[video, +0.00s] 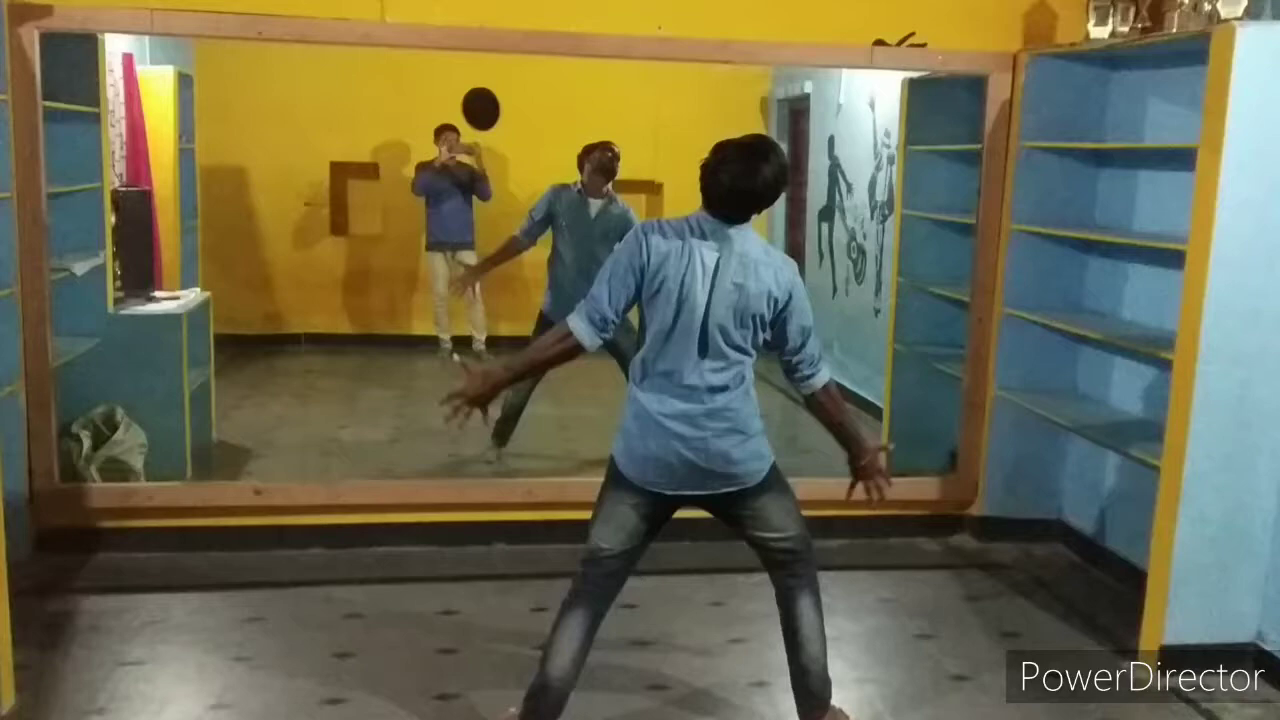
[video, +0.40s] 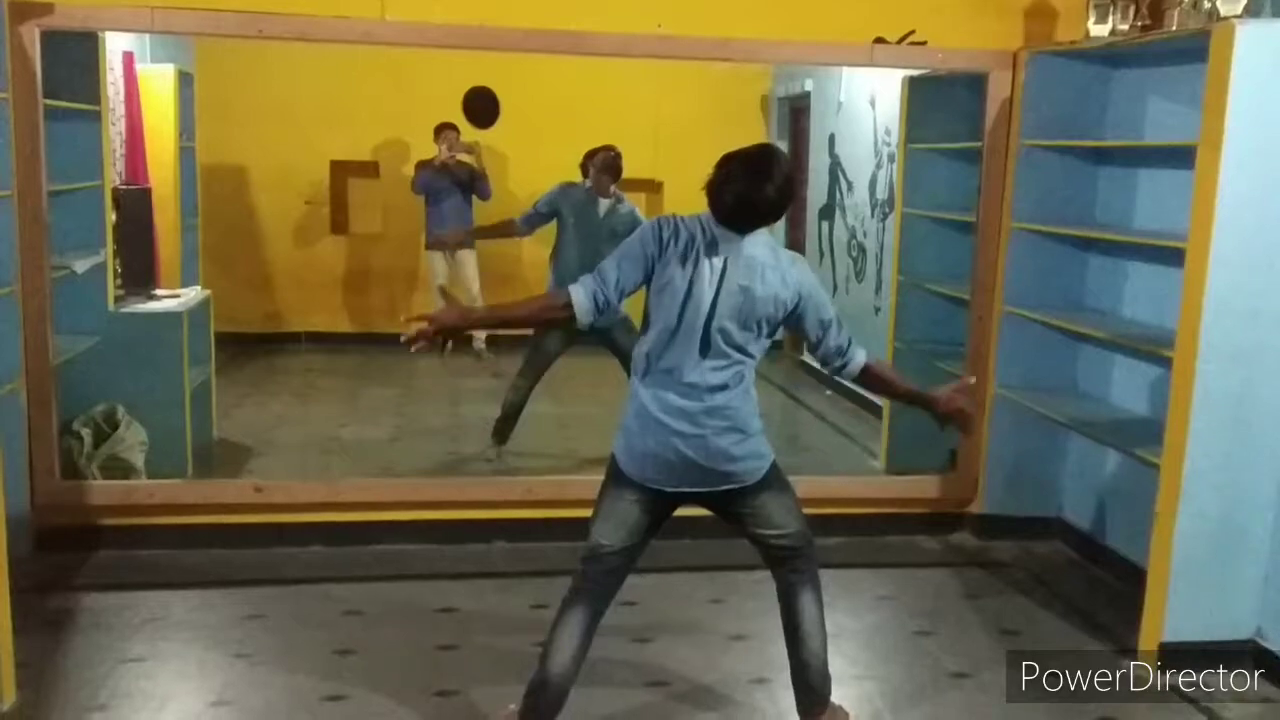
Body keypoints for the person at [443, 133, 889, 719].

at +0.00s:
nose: (701, 164)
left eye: (708, 160)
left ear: (706, 178)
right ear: (764, 203)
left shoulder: (648, 243)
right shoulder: (777, 273)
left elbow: (581, 331)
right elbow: (809, 374)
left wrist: (498, 376)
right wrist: (859, 446)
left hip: (645, 452)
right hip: (735, 456)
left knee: (592, 587)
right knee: (796, 574)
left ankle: (537, 710)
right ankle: (817, 709)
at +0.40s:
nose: (790, 194)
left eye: (777, 184)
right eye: (786, 190)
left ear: (715, 192)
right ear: (775, 211)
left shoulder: (664, 236)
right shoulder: (789, 275)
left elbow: (576, 305)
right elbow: (848, 361)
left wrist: (463, 319)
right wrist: (931, 399)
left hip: (647, 443)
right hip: (729, 450)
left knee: (590, 585)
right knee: (796, 568)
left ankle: (531, 717)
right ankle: (816, 712)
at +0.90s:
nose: (791, 182)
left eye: (758, 161)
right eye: (788, 173)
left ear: (718, 172)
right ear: (776, 190)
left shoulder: (668, 211)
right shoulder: (789, 245)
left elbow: (570, 254)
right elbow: (873, 308)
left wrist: (463, 237)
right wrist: (971, 305)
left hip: (645, 421)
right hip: (729, 425)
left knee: (592, 558)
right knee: (795, 536)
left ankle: (530, 699)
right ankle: (811, 686)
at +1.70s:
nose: (759, 153)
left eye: (714, 142)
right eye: (765, 146)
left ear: (703, 148)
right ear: (764, 159)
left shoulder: (658, 202)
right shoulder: (782, 228)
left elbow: (561, 217)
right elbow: (885, 257)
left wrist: (485, 145)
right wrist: (970, 200)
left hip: (642, 417)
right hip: (729, 421)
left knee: (589, 553)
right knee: (791, 529)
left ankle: (529, 689)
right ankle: (807, 675)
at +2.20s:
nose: (680, 131)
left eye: (684, 125)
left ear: (687, 142)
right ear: (749, 150)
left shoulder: (651, 198)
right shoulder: (776, 217)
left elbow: (551, 205)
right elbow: (884, 226)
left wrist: (515, 104)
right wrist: (915, 129)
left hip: (644, 417)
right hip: (734, 421)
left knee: (588, 554)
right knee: (780, 545)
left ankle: (528, 690)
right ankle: (808, 680)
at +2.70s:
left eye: (674, 134)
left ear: (677, 141)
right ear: (740, 142)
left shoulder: (647, 196)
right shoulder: (771, 204)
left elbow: (558, 240)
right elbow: (874, 198)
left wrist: (490, 192)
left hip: (648, 414)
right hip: (731, 417)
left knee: (588, 549)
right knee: (768, 545)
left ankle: (530, 691)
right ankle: (803, 679)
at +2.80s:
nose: (671, 141)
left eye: (671, 133)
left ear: (673, 140)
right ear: (737, 142)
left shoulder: (641, 200)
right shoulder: (769, 207)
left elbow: (563, 267)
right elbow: (881, 216)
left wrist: (491, 280)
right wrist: (863, 281)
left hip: (648, 414)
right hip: (728, 418)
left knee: (587, 552)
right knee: (760, 555)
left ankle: (527, 700)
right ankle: (797, 691)